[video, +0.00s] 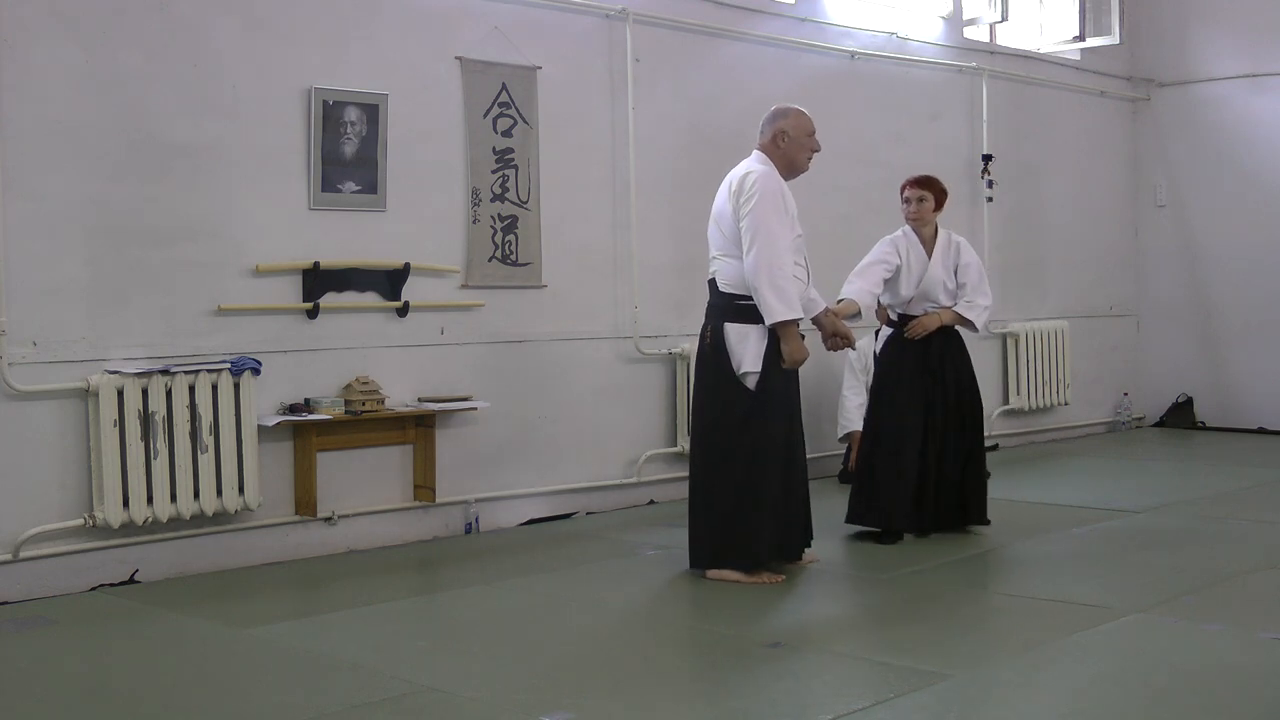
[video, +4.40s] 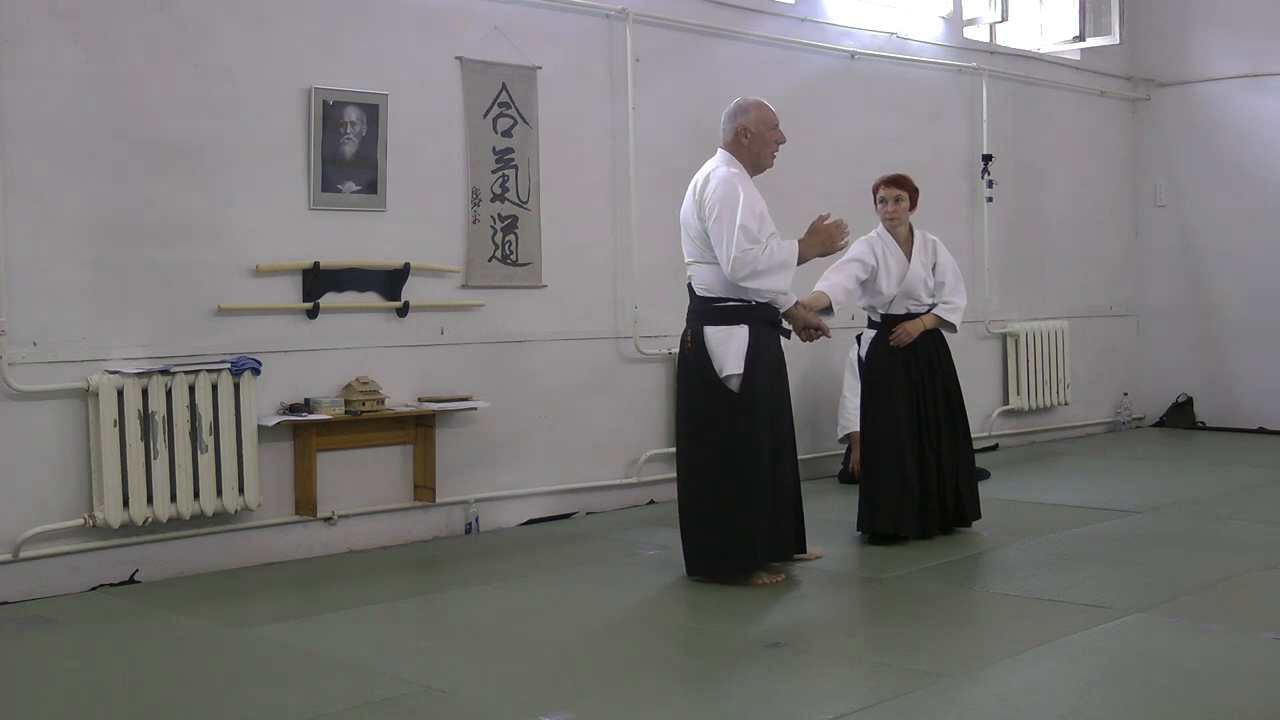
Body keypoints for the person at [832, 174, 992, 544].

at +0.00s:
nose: (912, 207)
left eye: (921, 201)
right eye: (907, 201)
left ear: (938, 205)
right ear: (901, 207)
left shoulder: (958, 249)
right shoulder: (893, 246)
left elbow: (978, 305)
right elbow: (865, 285)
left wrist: (939, 318)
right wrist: (838, 311)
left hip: (945, 346)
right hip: (901, 346)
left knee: (951, 426)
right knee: (896, 430)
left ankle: (947, 514)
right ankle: (890, 520)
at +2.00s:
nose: (898, 206)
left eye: (905, 199)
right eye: (891, 200)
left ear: (920, 203)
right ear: (884, 206)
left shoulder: (939, 246)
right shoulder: (876, 245)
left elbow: (959, 299)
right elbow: (848, 275)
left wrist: (925, 322)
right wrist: (820, 302)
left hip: (931, 344)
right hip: (889, 346)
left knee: (938, 427)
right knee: (892, 432)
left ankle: (940, 516)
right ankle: (890, 521)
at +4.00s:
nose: (890, 208)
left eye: (898, 200)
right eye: (883, 202)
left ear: (912, 206)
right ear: (876, 208)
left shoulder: (932, 246)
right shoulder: (869, 248)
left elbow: (954, 300)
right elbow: (840, 281)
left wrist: (920, 324)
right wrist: (806, 304)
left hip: (928, 345)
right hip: (886, 347)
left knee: (936, 428)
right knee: (891, 432)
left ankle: (940, 515)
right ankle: (893, 521)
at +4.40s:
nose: (890, 208)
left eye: (898, 201)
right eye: (883, 202)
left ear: (912, 206)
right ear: (876, 208)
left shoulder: (931, 246)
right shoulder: (868, 248)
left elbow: (953, 301)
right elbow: (840, 281)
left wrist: (920, 324)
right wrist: (807, 304)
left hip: (928, 345)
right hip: (886, 347)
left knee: (936, 428)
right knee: (891, 432)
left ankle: (940, 515)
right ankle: (893, 521)